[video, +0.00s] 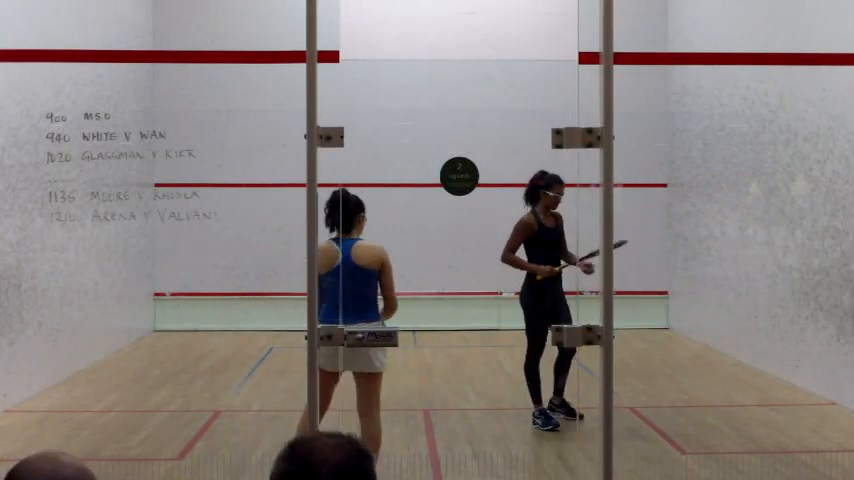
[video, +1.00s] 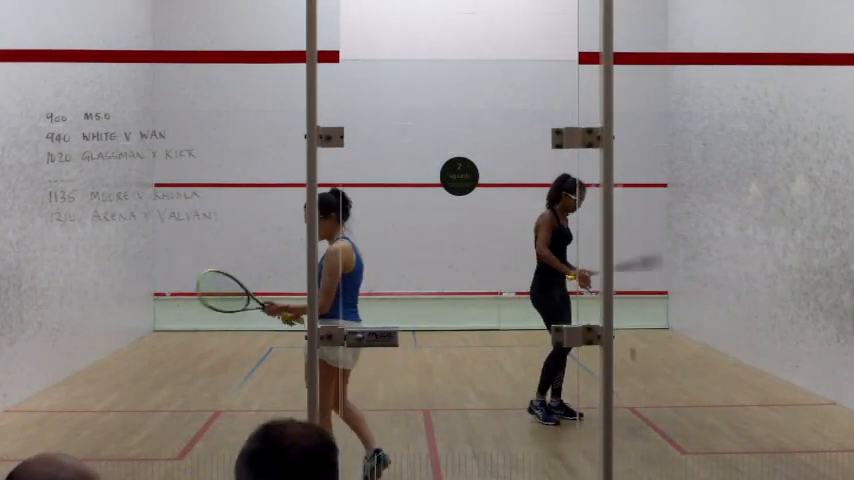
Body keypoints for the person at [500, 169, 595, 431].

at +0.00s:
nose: (560, 199)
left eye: (561, 195)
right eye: (557, 194)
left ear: (552, 195)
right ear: (543, 193)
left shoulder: (556, 219)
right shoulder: (527, 223)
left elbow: (562, 253)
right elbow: (506, 256)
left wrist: (578, 262)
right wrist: (536, 268)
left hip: (555, 292)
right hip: (535, 294)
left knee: (569, 345)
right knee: (535, 350)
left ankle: (557, 400)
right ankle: (538, 409)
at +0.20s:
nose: (566, 199)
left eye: (566, 195)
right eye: (563, 194)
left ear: (557, 196)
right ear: (548, 194)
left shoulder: (557, 219)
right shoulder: (533, 220)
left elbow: (561, 255)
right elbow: (519, 252)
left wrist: (586, 268)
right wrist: (552, 257)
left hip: (556, 292)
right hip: (537, 293)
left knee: (561, 345)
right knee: (538, 348)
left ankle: (555, 402)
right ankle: (539, 409)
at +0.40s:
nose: (573, 201)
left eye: (574, 196)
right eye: (571, 196)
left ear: (561, 196)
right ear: (557, 194)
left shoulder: (560, 220)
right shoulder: (540, 217)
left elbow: (561, 257)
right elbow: (523, 246)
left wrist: (587, 260)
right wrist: (549, 262)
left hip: (557, 290)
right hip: (540, 291)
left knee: (560, 347)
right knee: (548, 348)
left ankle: (556, 402)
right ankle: (540, 410)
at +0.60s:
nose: (576, 202)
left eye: (577, 198)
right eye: (574, 197)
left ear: (564, 197)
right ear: (561, 195)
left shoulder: (560, 219)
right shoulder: (543, 218)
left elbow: (557, 257)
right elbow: (528, 249)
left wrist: (581, 270)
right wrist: (551, 275)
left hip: (557, 288)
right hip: (543, 289)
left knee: (564, 344)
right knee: (560, 344)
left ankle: (555, 401)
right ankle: (544, 404)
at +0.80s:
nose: (577, 204)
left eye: (578, 200)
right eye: (575, 199)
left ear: (568, 197)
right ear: (562, 196)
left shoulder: (562, 219)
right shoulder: (545, 218)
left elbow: (559, 258)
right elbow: (535, 250)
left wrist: (576, 274)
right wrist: (559, 274)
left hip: (557, 287)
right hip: (544, 288)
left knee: (565, 343)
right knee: (563, 343)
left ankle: (556, 400)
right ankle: (551, 401)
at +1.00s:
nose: (577, 205)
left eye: (578, 200)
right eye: (575, 199)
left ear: (567, 198)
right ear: (563, 197)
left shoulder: (563, 220)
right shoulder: (546, 219)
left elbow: (559, 256)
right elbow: (542, 251)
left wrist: (576, 274)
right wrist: (572, 272)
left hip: (558, 288)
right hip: (544, 289)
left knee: (565, 343)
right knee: (561, 343)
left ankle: (556, 401)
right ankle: (538, 401)